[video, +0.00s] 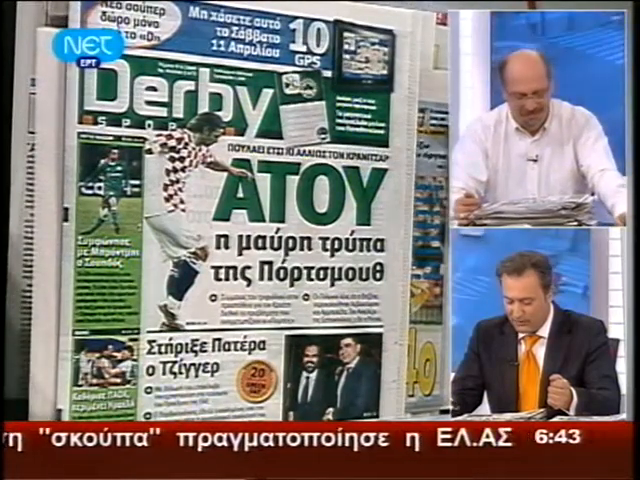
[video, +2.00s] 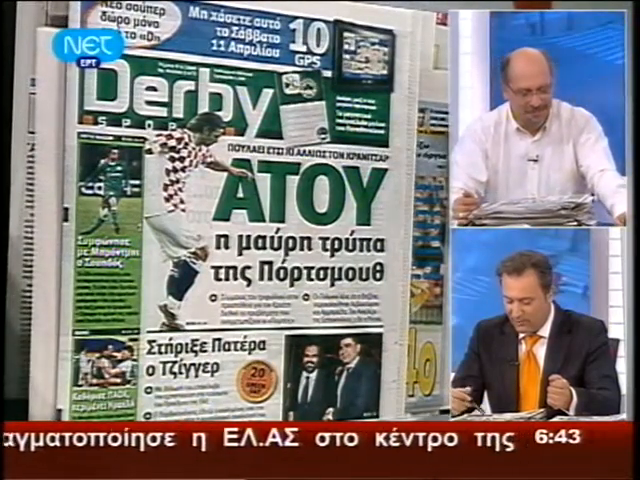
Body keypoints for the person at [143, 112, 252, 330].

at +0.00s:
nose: (215, 141)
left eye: (217, 137)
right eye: (215, 136)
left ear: (207, 132)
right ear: (205, 130)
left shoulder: (199, 149)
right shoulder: (178, 137)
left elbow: (212, 162)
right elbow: (149, 146)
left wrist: (231, 170)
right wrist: (154, 148)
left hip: (166, 209)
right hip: (161, 207)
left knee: (181, 260)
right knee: (200, 251)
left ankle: (171, 317)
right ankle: (172, 304)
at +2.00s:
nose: (215, 141)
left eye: (217, 137)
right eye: (215, 136)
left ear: (206, 132)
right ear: (205, 130)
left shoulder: (199, 149)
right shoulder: (179, 137)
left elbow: (212, 162)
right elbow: (150, 146)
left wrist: (231, 170)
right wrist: (153, 148)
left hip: (166, 209)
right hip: (161, 208)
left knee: (181, 260)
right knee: (200, 251)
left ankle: (171, 317)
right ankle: (172, 304)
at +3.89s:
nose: (215, 141)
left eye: (217, 137)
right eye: (215, 136)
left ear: (207, 132)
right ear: (205, 130)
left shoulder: (199, 150)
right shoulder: (179, 137)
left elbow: (212, 162)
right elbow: (149, 146)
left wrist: (231, 170)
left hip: (165, 209)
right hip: (161, 208)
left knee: (180, 261)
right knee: (200, 251)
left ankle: (170, 317)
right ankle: (172, 304)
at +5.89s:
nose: (215, 141)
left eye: (217, 137)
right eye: (215, 135)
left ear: (207, 132)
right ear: (205, 130)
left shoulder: (199, 150)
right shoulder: (179, 137)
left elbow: (212, 162)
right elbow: (148, 146)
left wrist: (231, 170)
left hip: (165, 209)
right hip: (161, 208)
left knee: (180, 262)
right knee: (200, 251)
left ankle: (171, 317)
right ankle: (172, 304)